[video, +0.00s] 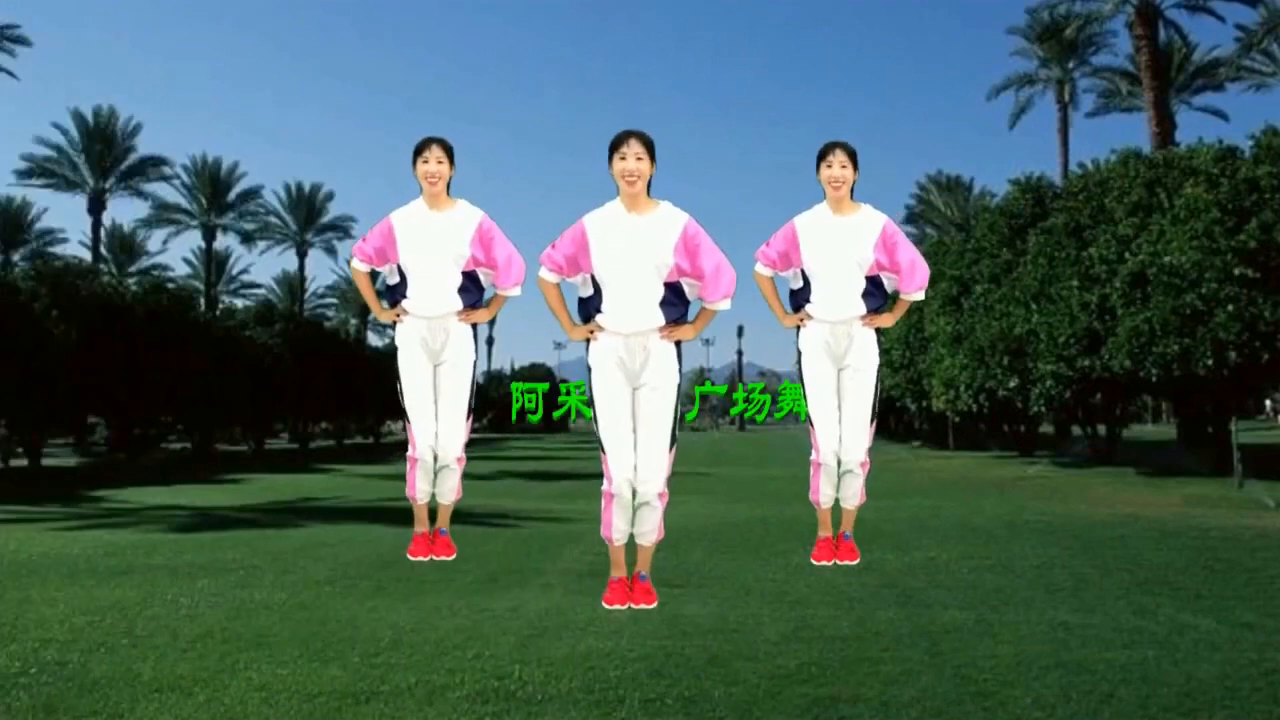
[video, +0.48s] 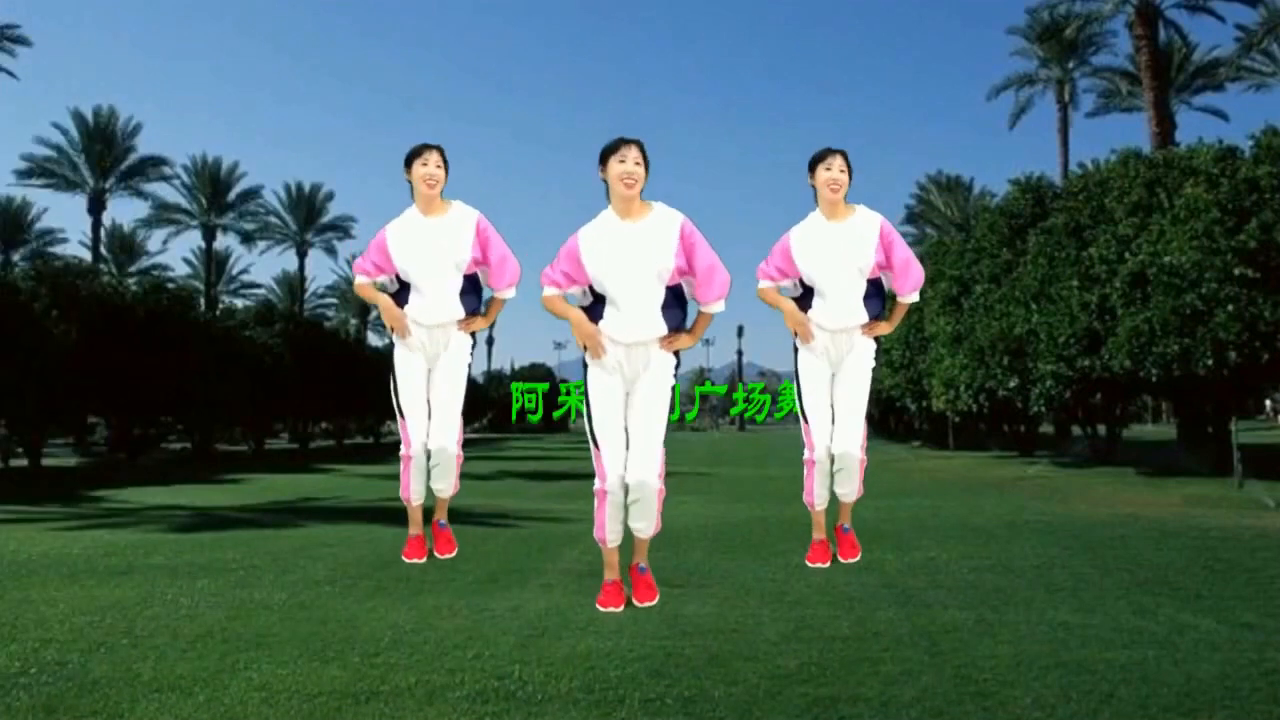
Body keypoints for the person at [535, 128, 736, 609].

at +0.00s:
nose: (631, 165)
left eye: (639, 157)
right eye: (622, 158)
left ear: (652, 167)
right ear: (611, 168)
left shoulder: (675, 222)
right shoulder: (594, 224)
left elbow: (722, 277)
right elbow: (547, 272)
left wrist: (694, 327)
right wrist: (571, 326)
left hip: (659, 349)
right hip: (608, 348)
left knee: (652, 465)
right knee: (618, 465)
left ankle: (643, 573)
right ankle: (618, 573)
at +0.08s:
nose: (632, 166)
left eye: (640, 158)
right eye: (623, 158)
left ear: (653, 168)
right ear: (612, 168)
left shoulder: (674, 223)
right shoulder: (594, 225)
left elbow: (723, 278)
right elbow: (547, 273)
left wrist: (694, 328)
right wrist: (571, 328)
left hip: (659, 350)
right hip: (608, 349)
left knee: (653, 467)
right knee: (618, 467)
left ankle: (643, 573)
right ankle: (618, 573)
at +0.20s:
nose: (632, 152)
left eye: (641, 144)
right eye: (624, 144)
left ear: (653, 156)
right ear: (611, 155)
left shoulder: (675, 209)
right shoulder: (592, 212)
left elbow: (724, 262)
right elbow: (541, 259)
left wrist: (693, 312)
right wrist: (575, 313)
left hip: (660, 339)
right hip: (609, 339)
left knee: (656, 462)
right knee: (616, 461)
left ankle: (644, 572)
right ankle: (615, 573)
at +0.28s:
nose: (632, 147)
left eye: (640, 140)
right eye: (623, 139)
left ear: (652, 151)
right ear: (610, 151)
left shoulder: (675, 204)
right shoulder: (591, 207)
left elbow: (722, 256)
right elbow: (539, 249)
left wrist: (693, 307)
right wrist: (577, 304)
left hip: (660, 335)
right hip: (609, 335)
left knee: (656, 458)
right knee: (615, 457)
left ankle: (644, 571)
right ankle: (613, 572)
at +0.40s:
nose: (631, 157)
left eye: (638, 150)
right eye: (621, 149)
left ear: (649, 161)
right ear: (606, 161)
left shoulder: (674, 213)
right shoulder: (589, 218)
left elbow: (718, 265)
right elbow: (543, 266)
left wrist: (694, 318)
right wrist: (577, 302)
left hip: (658, 343)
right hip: (607, 344)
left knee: (650, 463)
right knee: (613, 463)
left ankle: (640, 572)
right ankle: (612, 575)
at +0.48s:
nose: (630, 169)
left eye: (637, 162)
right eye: (620, 161)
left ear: (647, 175)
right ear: (604, 173)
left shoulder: (673, 224)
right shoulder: (589, 236)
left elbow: (715, 280)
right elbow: (550, 291)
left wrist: (693, 334)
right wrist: (576, 317)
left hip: (655, 355)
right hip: (605, 354)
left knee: (646, 467)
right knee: (610, 467)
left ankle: (640, 565)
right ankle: (611, 574)